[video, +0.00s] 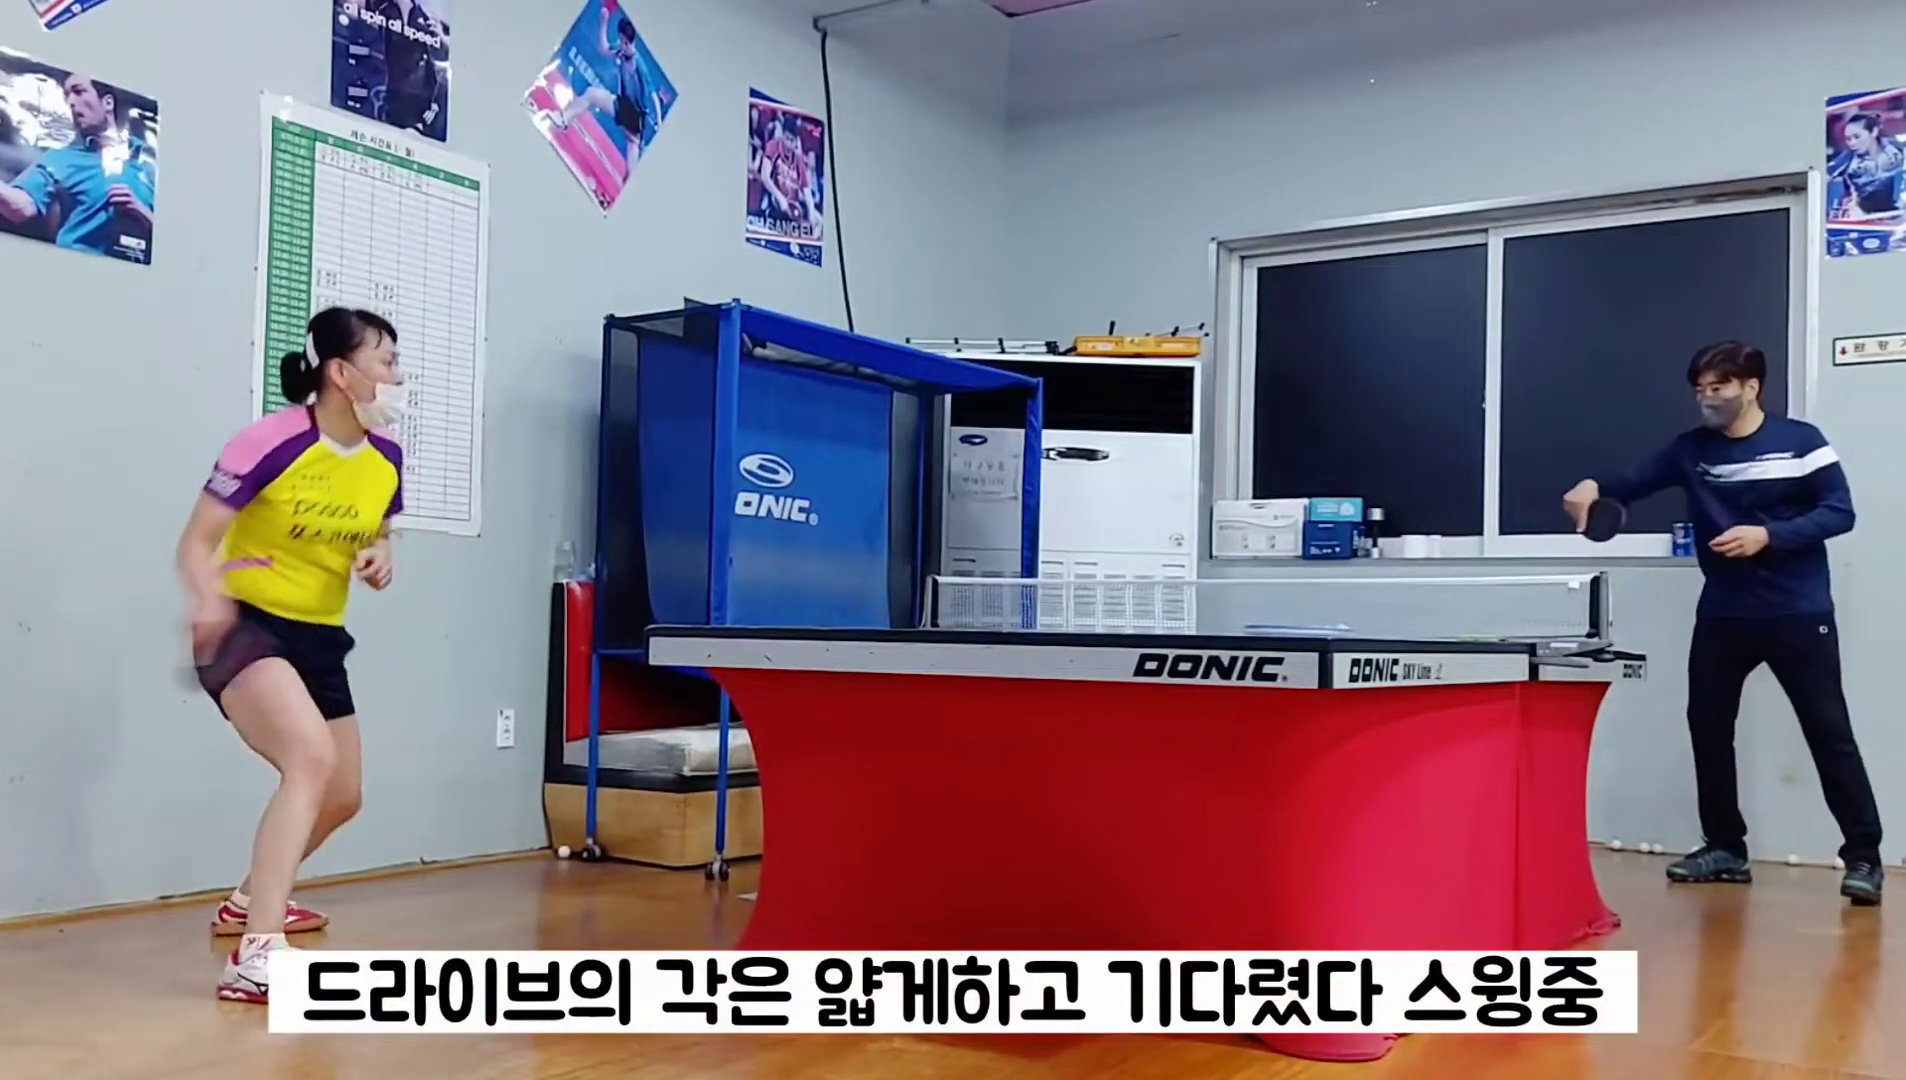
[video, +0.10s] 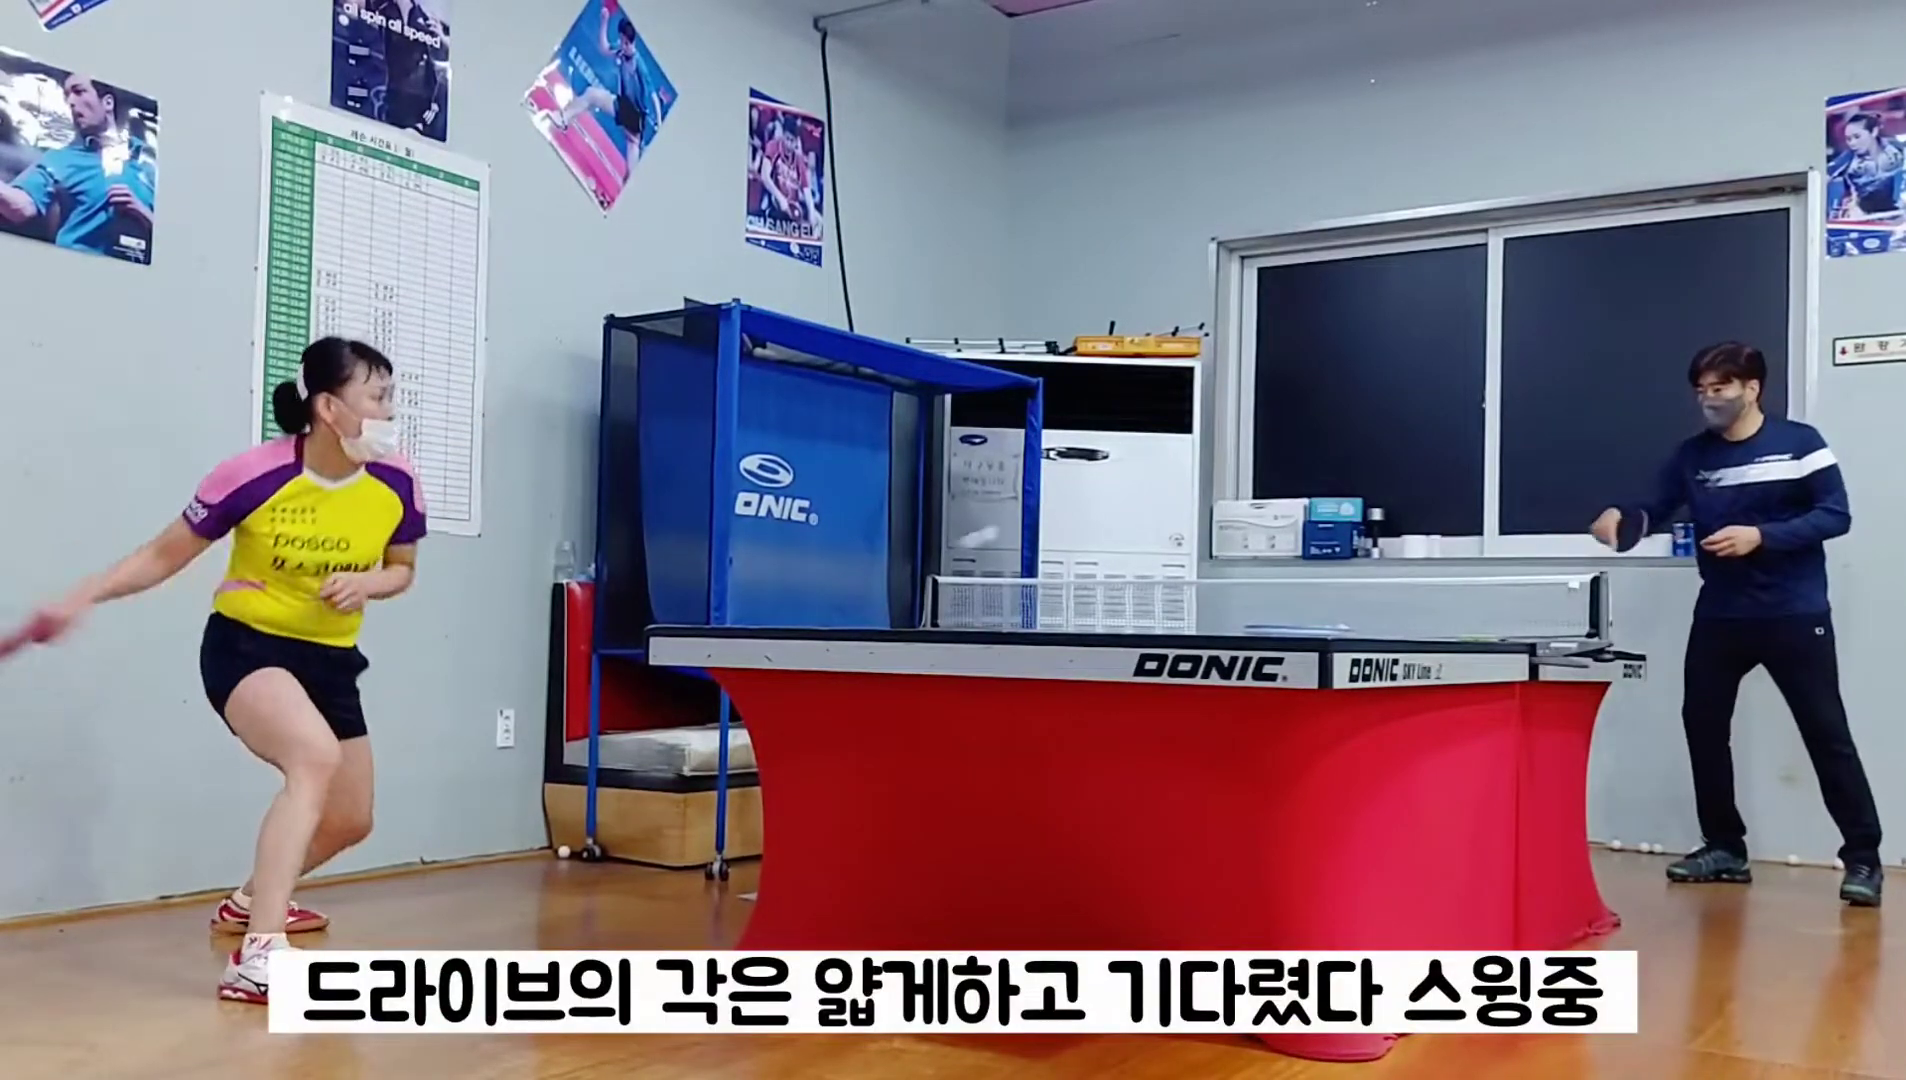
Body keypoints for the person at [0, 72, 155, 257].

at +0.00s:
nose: (70, 101)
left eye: (79, 91)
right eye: (67, 96)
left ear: (108, 102)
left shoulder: (150, 160)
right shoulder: (61, 159)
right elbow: (20, 208)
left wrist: (143, 212)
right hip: (74, 261)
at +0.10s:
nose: (70, 101)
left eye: (79, 91)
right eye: (67, 96)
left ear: (108, 102)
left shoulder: (150, 161)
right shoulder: (61, 159)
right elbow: (19, 207)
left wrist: (144, 213)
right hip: (75, 261)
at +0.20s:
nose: (71, 101)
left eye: (79, 91)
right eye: (67, 96)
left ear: (108, 102)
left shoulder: (150, 161)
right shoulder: (61, 159)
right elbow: (20, 208)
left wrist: (143, 212)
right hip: (75, 261)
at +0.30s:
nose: (70, 101)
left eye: (79, 91)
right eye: (67, 96)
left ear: (108, 102)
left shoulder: (150, 161)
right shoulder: (60, 159)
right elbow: (20, 207)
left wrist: (144, 213)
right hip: (75, 262)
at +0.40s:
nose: (71, 101)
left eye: (79, 91)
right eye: (67, 96)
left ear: (108, 102)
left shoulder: (150, 161)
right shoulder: (61, 159)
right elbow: (20, 208)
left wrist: (143, 212)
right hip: (74, 261)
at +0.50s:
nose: (71, 101)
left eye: (80, 91)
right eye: (67, 96)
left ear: (108, 102)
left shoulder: (149, 162)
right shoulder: (61, 159)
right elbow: (20, 208)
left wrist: (143, 212)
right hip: (74, 261)